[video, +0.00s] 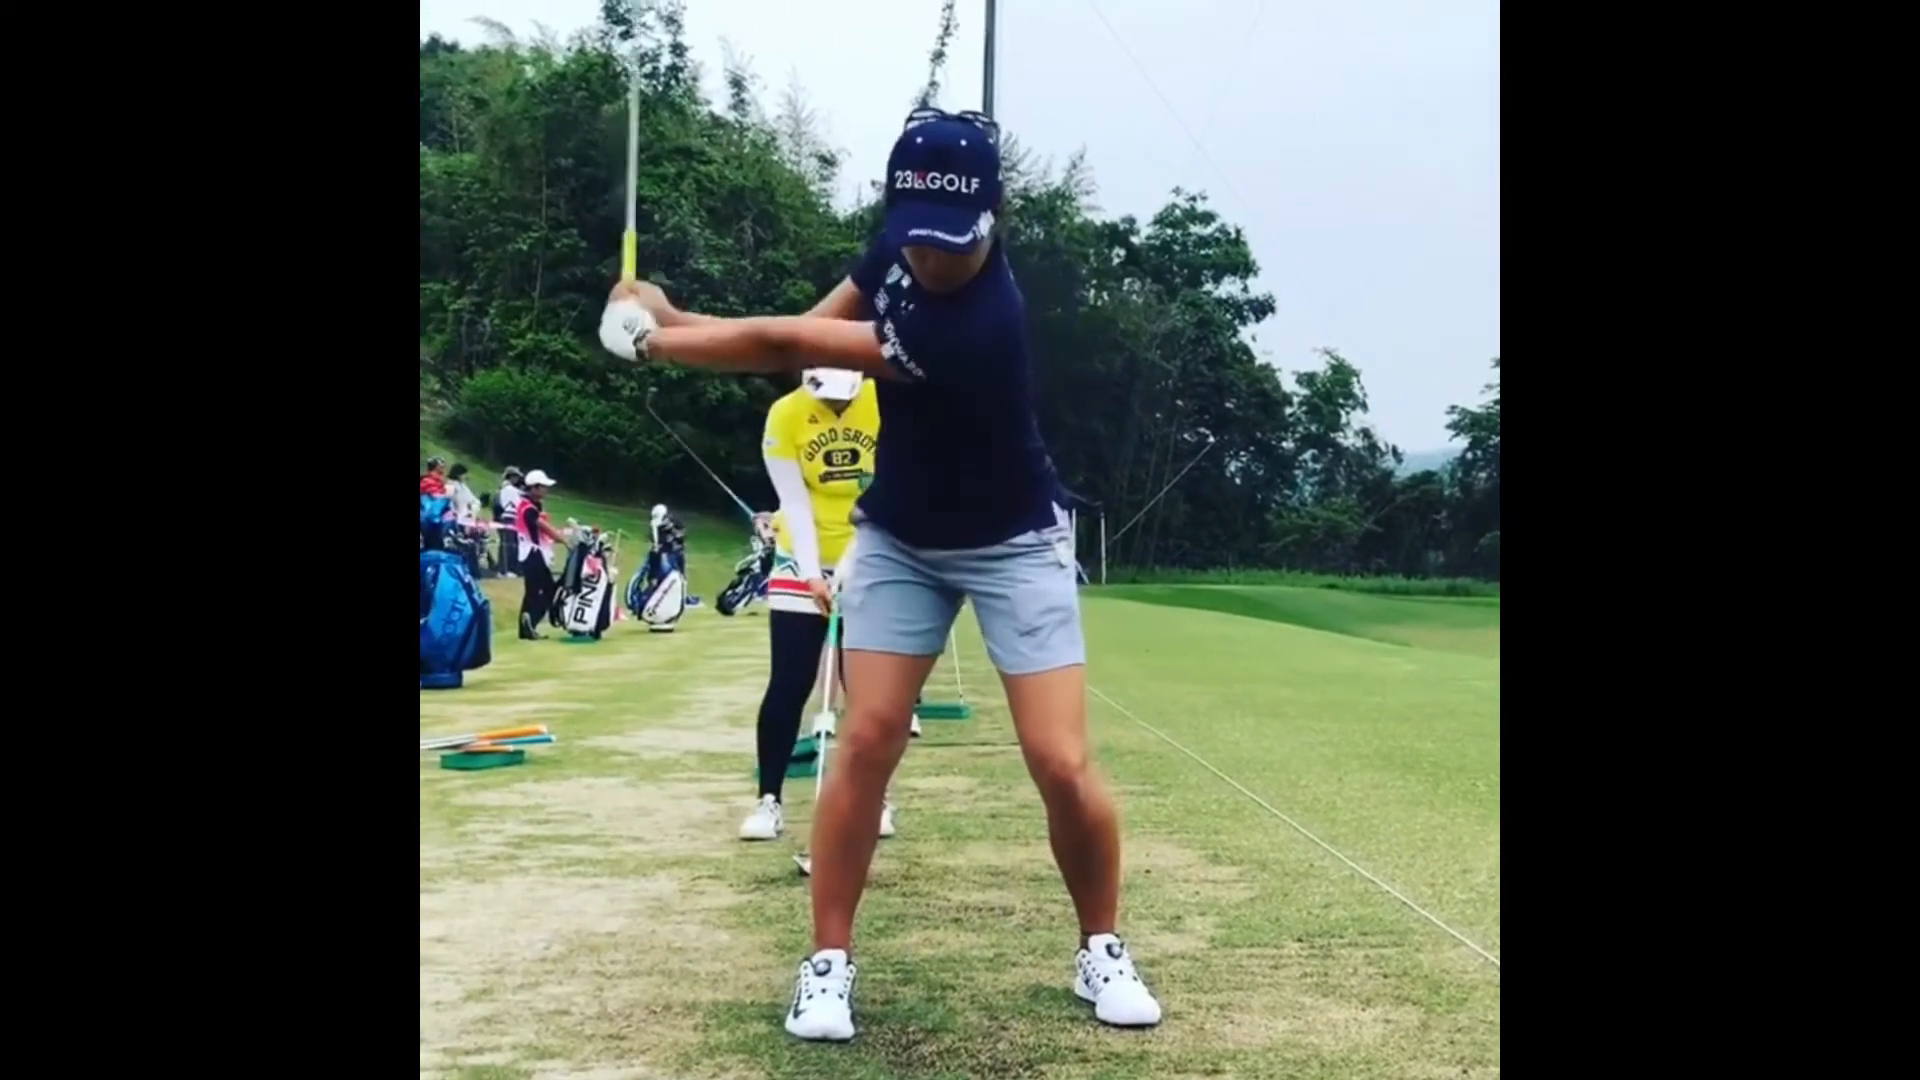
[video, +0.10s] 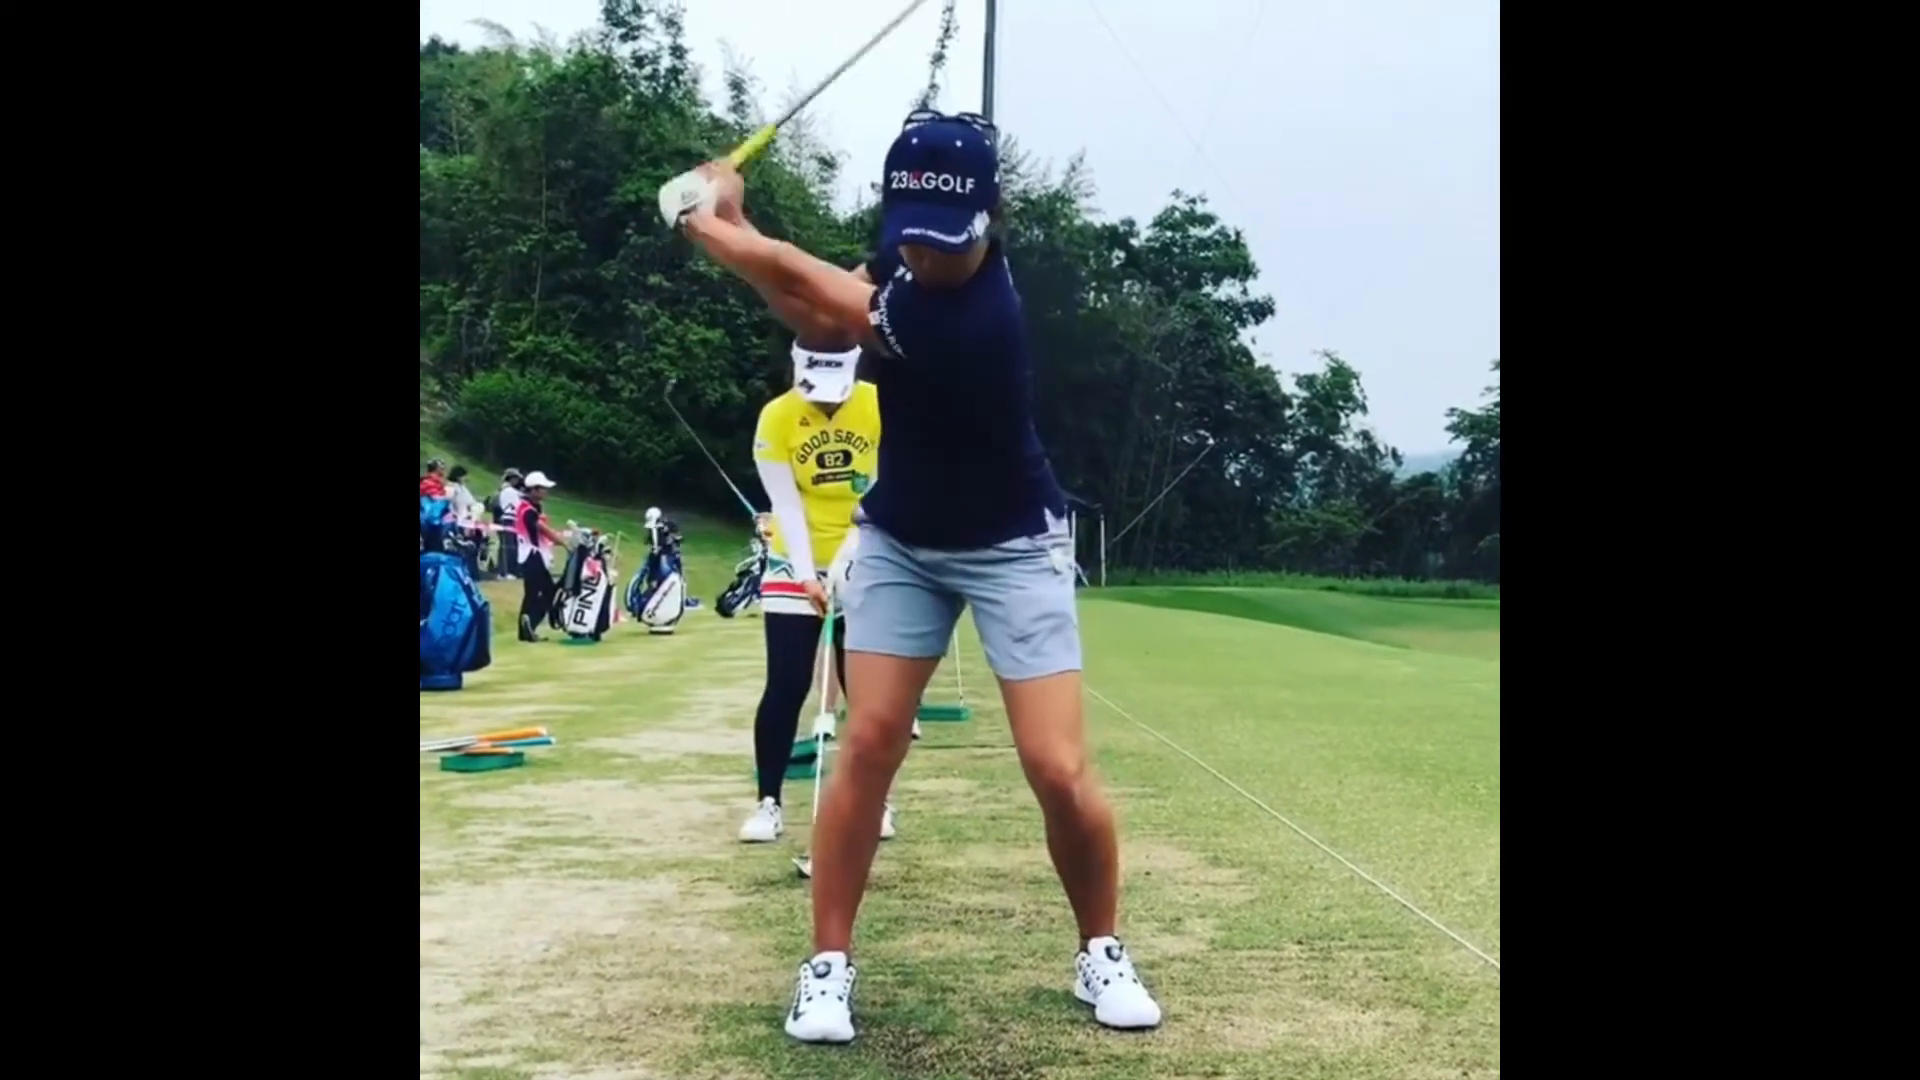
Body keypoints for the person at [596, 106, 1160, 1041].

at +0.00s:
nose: (936, 255)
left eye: (957, 237)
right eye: (920, 235)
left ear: (993, 217)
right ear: (897, 211)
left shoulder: (981, 321)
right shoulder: (896, 250)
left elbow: (790, 344)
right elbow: (808, 332)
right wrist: (682, 325)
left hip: (1017, 545)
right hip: (898, 541)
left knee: (1064, 764)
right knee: (869, 733)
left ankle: (1103, 947)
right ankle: (828, 958)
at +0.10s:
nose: (930, 250)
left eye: (952, 233)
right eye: (915, 230)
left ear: (989, 217)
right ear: (891, 212)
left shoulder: (980, 314)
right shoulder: (899, 269)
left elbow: (823, 310)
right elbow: (818, 305)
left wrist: (719, 230)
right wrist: (736, 230)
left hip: (1016, 550)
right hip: (897, 544)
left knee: (1059, 771)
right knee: (871, 737)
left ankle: (1103, 950)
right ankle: (828, 962)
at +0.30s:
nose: (954, 260)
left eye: (970, 238)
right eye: (932, 244)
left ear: (1000, 216)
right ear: (904, 231)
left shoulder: (1002, 316)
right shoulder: (911, 288)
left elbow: (842, 283)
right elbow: (837, 329)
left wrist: (758, 212)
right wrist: (785, 226)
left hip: (1036, 556)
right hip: (917, 551)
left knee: (1071, 774)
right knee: (874, 750)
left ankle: (1099, 953)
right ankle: (825, 964)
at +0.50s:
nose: (985, 273)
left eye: (988, 251)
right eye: (963, 267)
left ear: (994, 215)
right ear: (916, 259)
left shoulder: (1048, 245)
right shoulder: (903, 333)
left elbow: (1080, 392)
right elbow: (965, 482)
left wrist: (1107, 530)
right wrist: (1074, 569)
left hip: (1086, 520)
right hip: (988, 530)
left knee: (1109, 726)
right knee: (960, 748)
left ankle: (1104, 951)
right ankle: (828, 952)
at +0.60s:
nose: (1011, 275)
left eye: (1011, 249)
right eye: (987, 268)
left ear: (1008, 218)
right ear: (941, 270)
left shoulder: (1012, 234)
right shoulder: (981, 349)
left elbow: (1111, 299)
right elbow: (1137, 370)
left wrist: (1213, 357)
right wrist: (1242, 360)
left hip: (1094, 519)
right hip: (1024, 540)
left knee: (1096, 730)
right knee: (978, 754)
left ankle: (1093, 951)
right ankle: (817, 932)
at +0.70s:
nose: (1051, 249)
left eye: (1049, 229)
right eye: (1029, 241)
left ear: (969, 235)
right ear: (980, 244)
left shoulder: (955, 255)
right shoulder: (1061, 310)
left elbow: (1090, 256)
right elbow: (1123, 267)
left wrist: (1168, 216)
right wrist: (1175, 184)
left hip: (1034, 518)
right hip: (1063, 532)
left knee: (1087, 730)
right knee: (1019, 755)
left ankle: (1087, 953)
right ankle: (852, 921)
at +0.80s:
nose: (1117, 216)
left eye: (1110, 200)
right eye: (1099, 211)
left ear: (1009, 198)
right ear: (1045, 213)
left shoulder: (961, 243)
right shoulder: (1116, 271)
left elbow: (1010, 194)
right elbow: (1099, 195)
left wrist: (1056, 113)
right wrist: (1072, 106)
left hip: (1007, 508)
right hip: (1072, 520)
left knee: (1080, 744)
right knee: (1025, 761)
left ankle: (1083, 957)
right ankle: (877, 925)